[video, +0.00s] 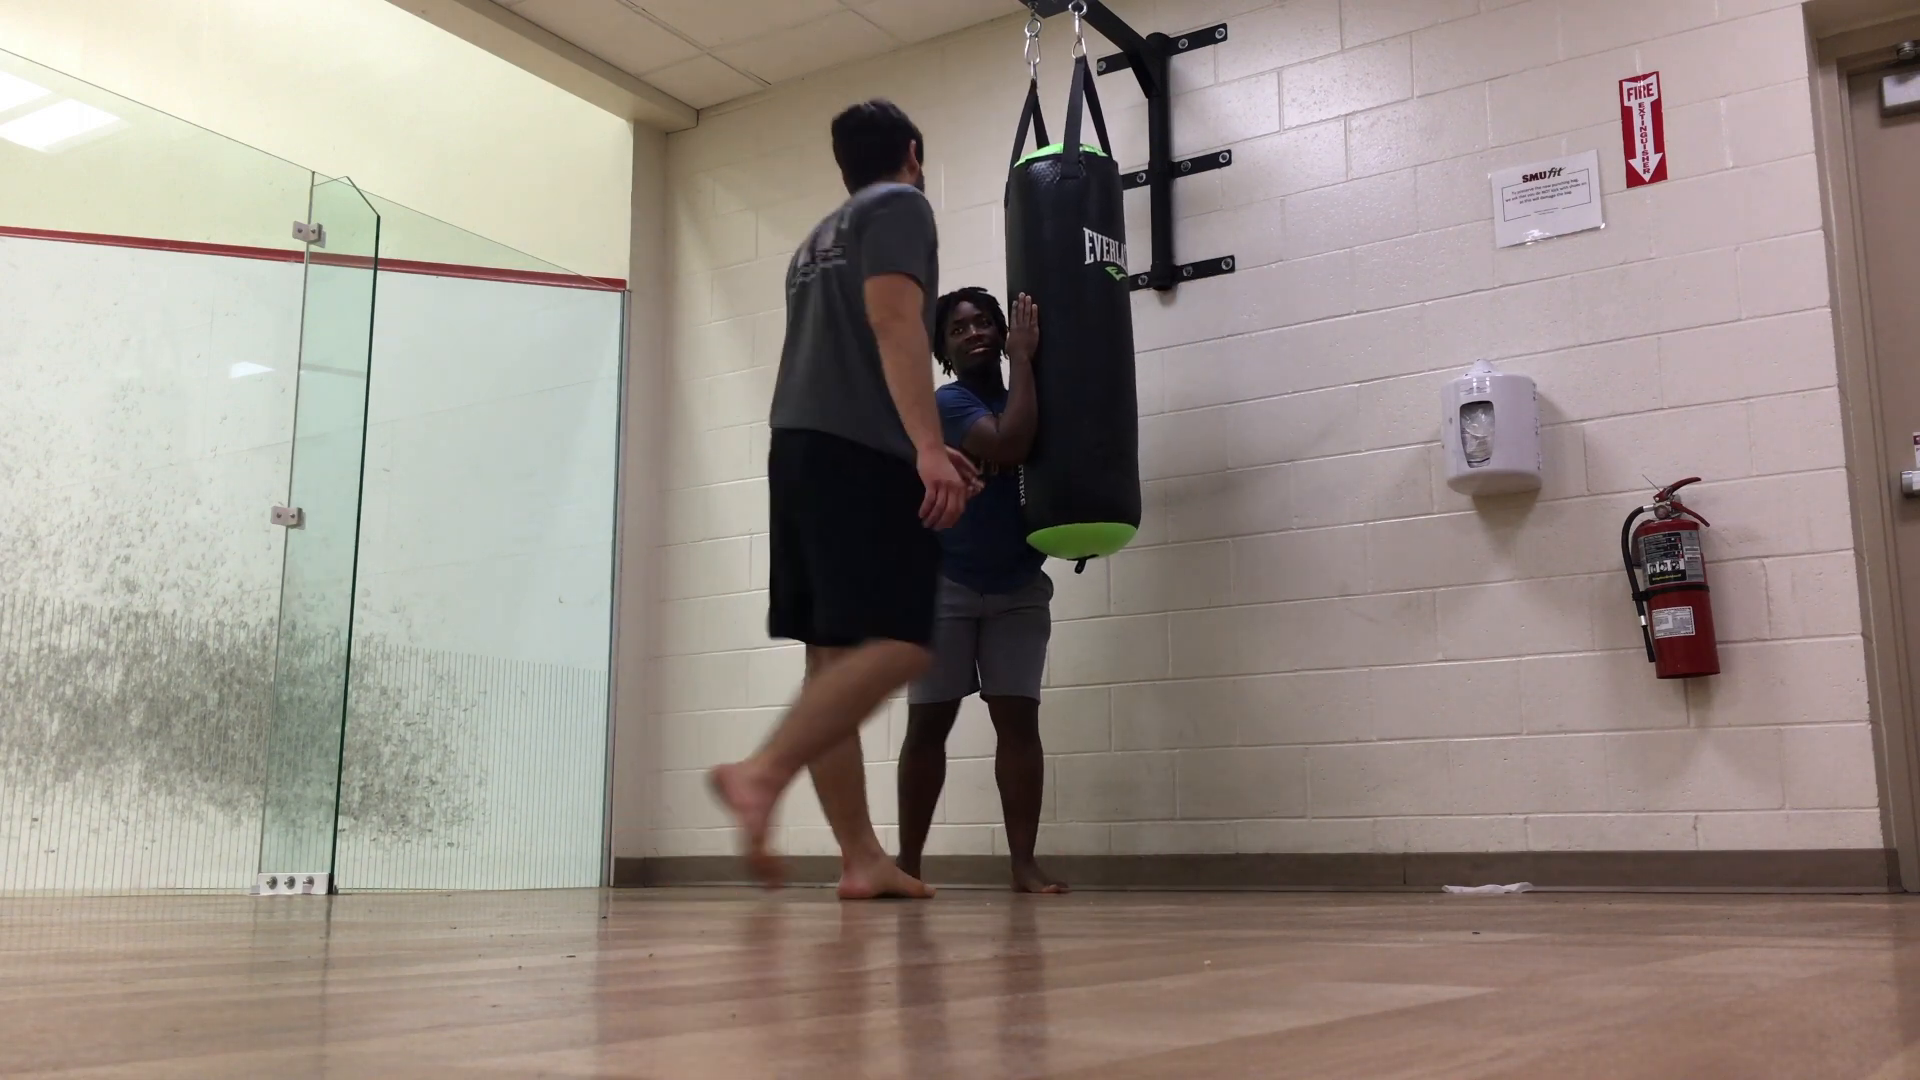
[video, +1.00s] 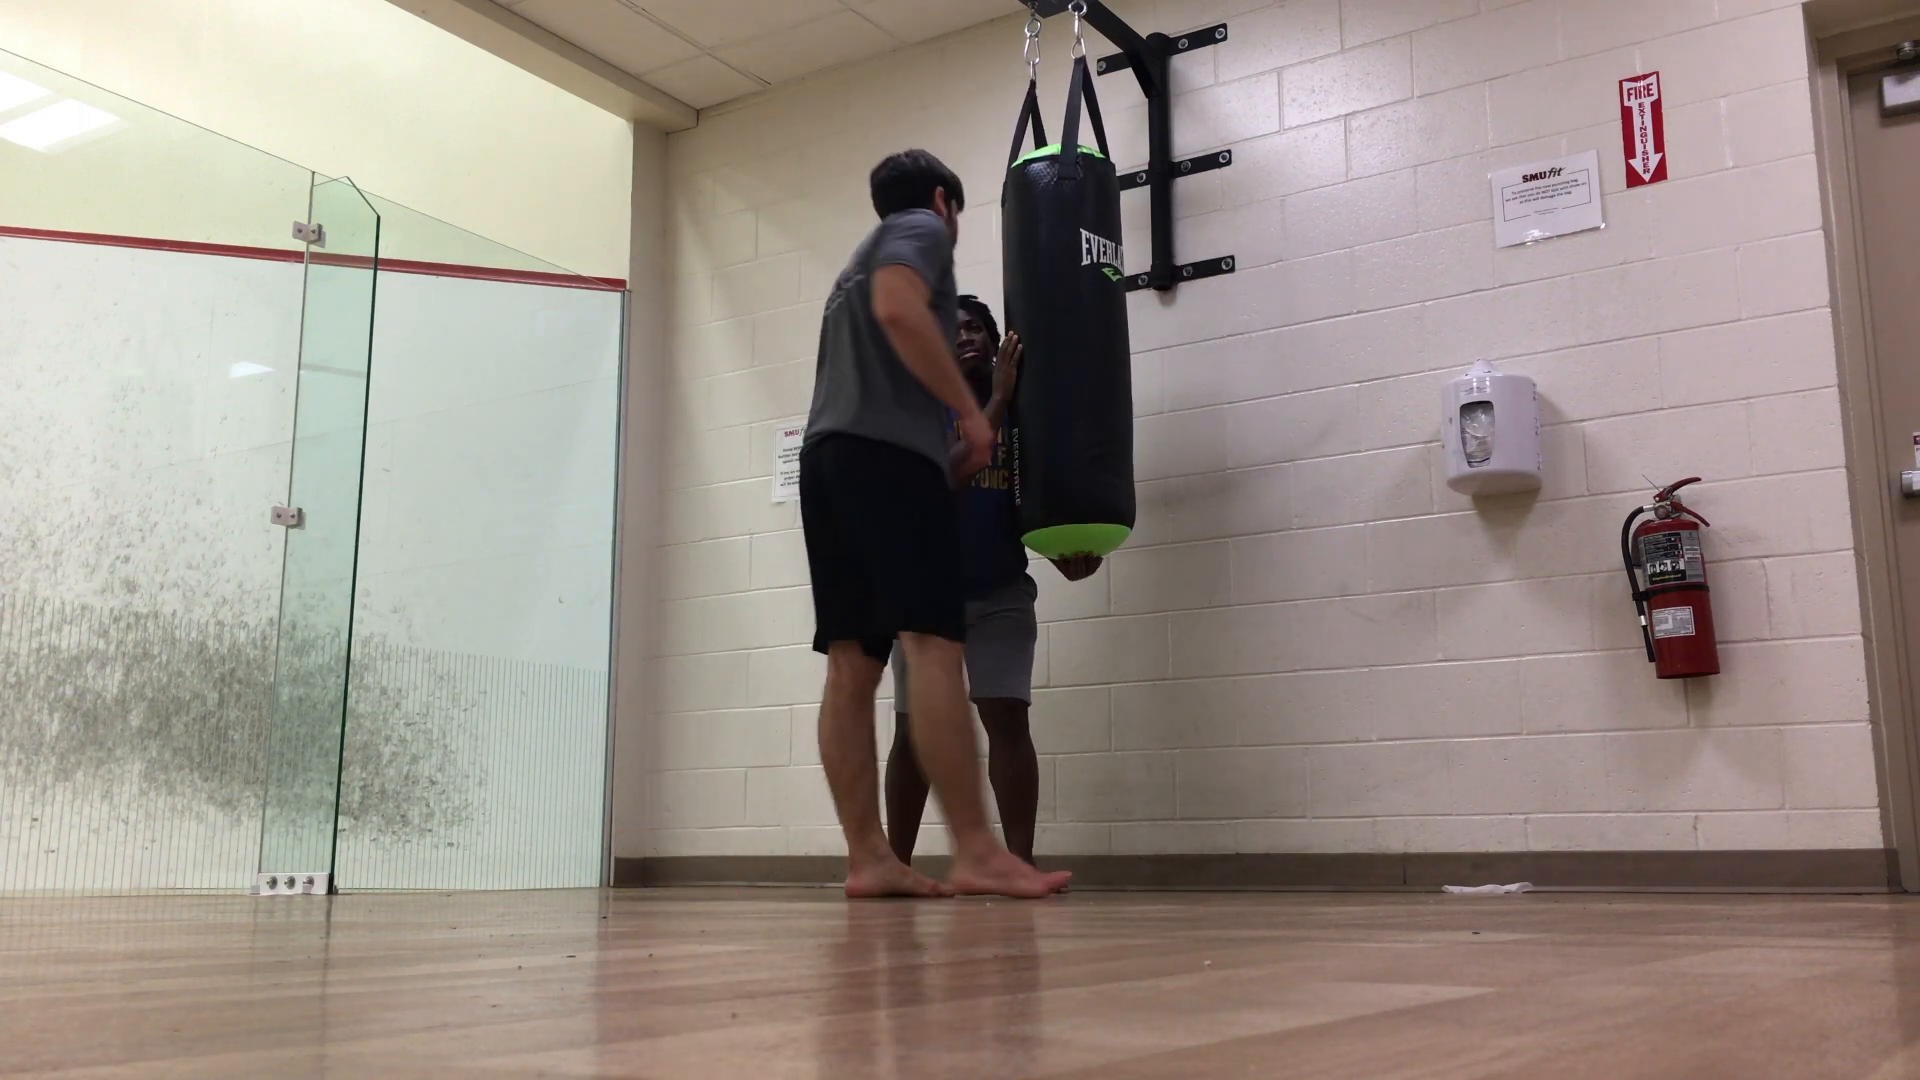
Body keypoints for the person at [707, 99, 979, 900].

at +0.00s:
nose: (923, 174)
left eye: (917, 164)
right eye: (922, 163)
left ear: (846, 168)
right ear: (911, 158)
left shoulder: (817, 237)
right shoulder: (897, 203)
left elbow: (817, 356)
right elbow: (893, 316)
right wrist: (930, 445)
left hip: (802, 450)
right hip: (863, 448)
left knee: (830, 653)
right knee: (903, 644)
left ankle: (863, 857)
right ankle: (756, 775)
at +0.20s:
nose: (950, 192)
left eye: (947, 181)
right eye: (949, 181)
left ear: (871, 182)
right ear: (940, 176)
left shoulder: (824, 259)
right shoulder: (930, 219)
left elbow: (798, 388)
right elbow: (926, 319)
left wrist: (855, 441)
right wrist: (971, 444)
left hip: (832, 472)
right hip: (917, 465)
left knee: (845, 659)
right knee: (960, 648)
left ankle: (862, 860)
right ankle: (926, 832)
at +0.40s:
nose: (971, 212)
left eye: (969, 204)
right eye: (972, 203)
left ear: (894, 200)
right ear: (963, 196)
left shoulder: (838, 269)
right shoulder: (967, 243)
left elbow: (813, 396)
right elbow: (985, 356)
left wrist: (876, 449)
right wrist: (1018, 475)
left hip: (866, 486)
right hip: (955, 480)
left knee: (878, 671)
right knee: (976, 671)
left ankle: (866, 858)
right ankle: (985, 863)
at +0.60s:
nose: (982, 211)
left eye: (977, 203)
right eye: (985, 201)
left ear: (909, 199)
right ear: (977, 197)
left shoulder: (850, 266)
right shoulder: (995, 252)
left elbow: (830, 391)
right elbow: (1028, 359)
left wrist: (892, 434)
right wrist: (1051, 468)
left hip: (880, 478)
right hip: (969, 475)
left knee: (902, 660)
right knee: (983, 665)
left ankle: (880, 821)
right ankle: (992, 860)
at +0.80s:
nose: (975, 217)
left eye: (973, 208)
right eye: (976, 207)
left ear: (900, 206)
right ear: (963, 201)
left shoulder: (842, 279)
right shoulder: (970, 242)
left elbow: (838, 406)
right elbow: (1003, 344)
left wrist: (866, 466)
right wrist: (1033, 440)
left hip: (860, 479)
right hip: (946, 475)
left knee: (880, 661)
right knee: (970, 663)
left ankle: (872, 859)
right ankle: (993, 857)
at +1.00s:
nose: (957, 224)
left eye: (955, 214)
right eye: (957, 212)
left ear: (884, 205)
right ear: (942, 201)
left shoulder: (857, 266)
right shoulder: (922, 224)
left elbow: (863, 395)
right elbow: (897, 306)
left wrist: (943, 447)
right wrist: (968, 408)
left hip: (830, 465)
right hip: (890, 462)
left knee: (851, 663)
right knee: (935, 650)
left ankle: (871, 860)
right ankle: (980, 852)